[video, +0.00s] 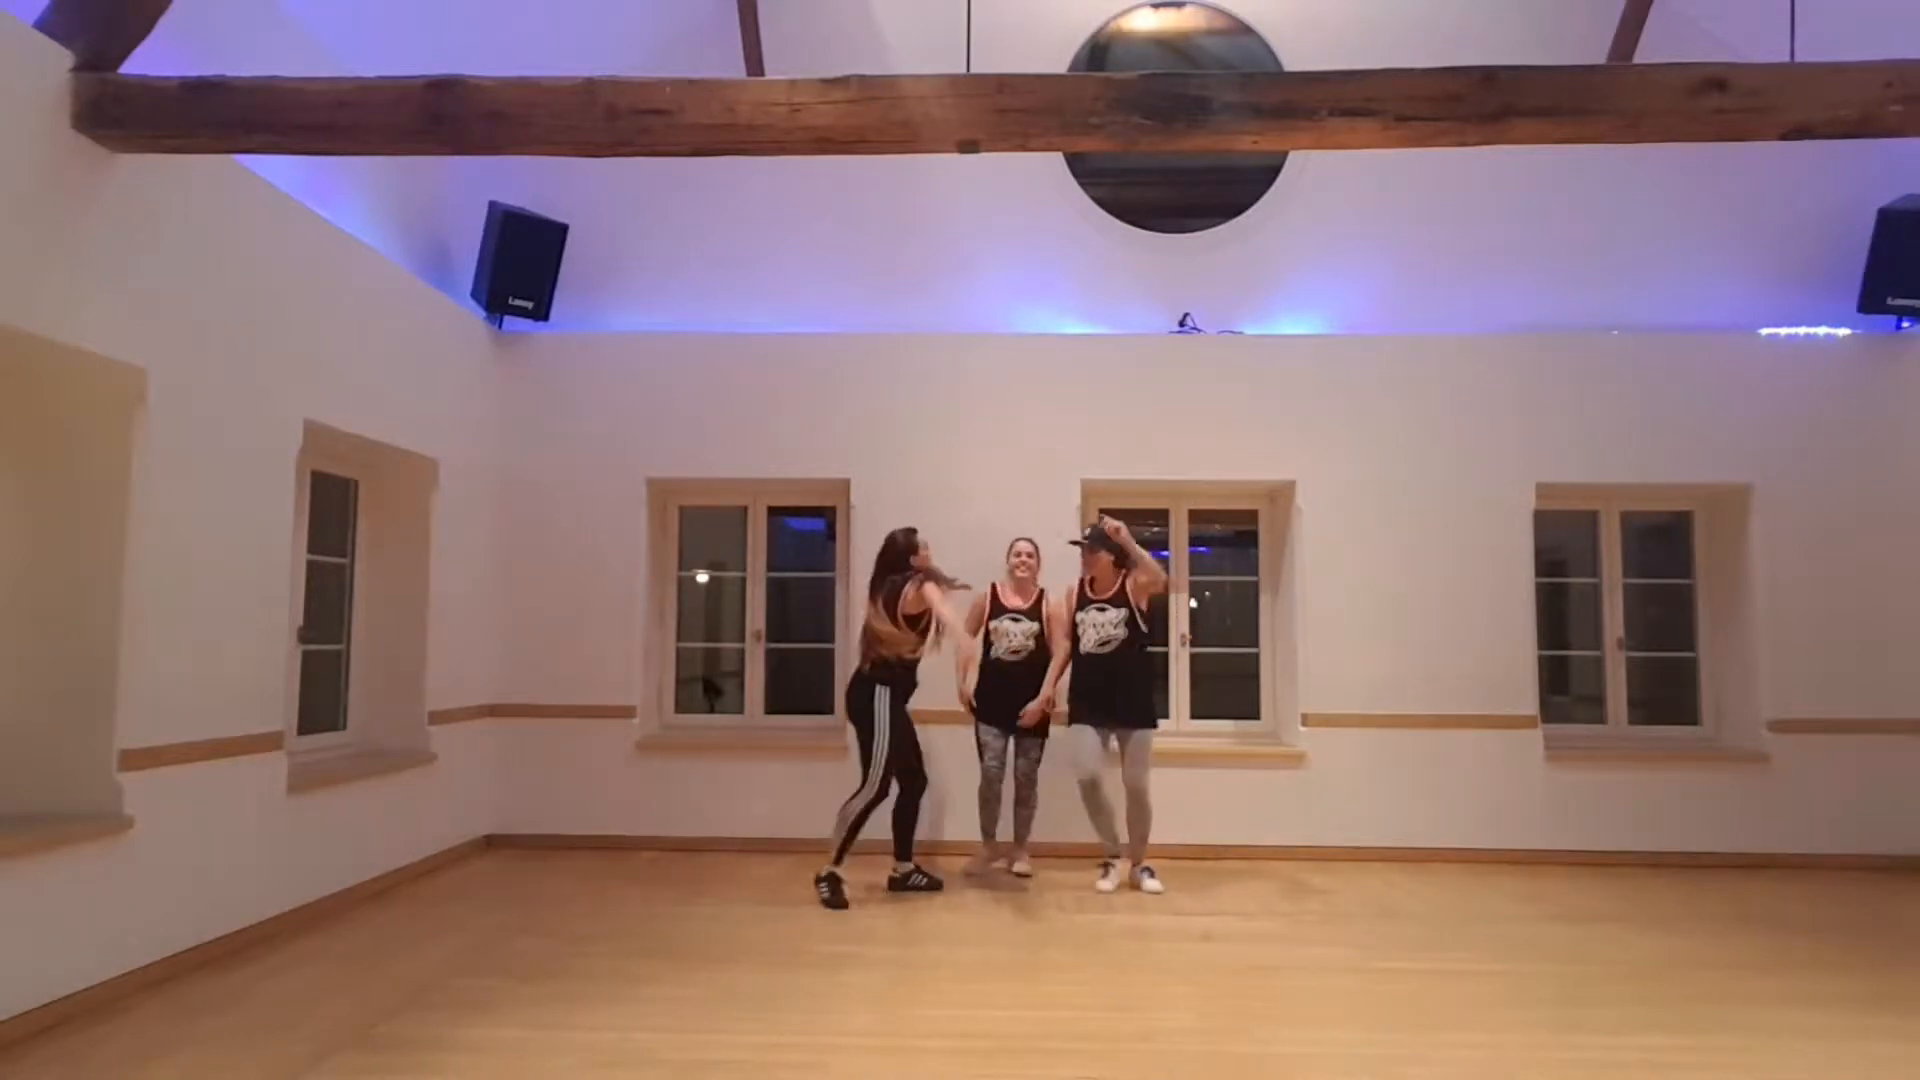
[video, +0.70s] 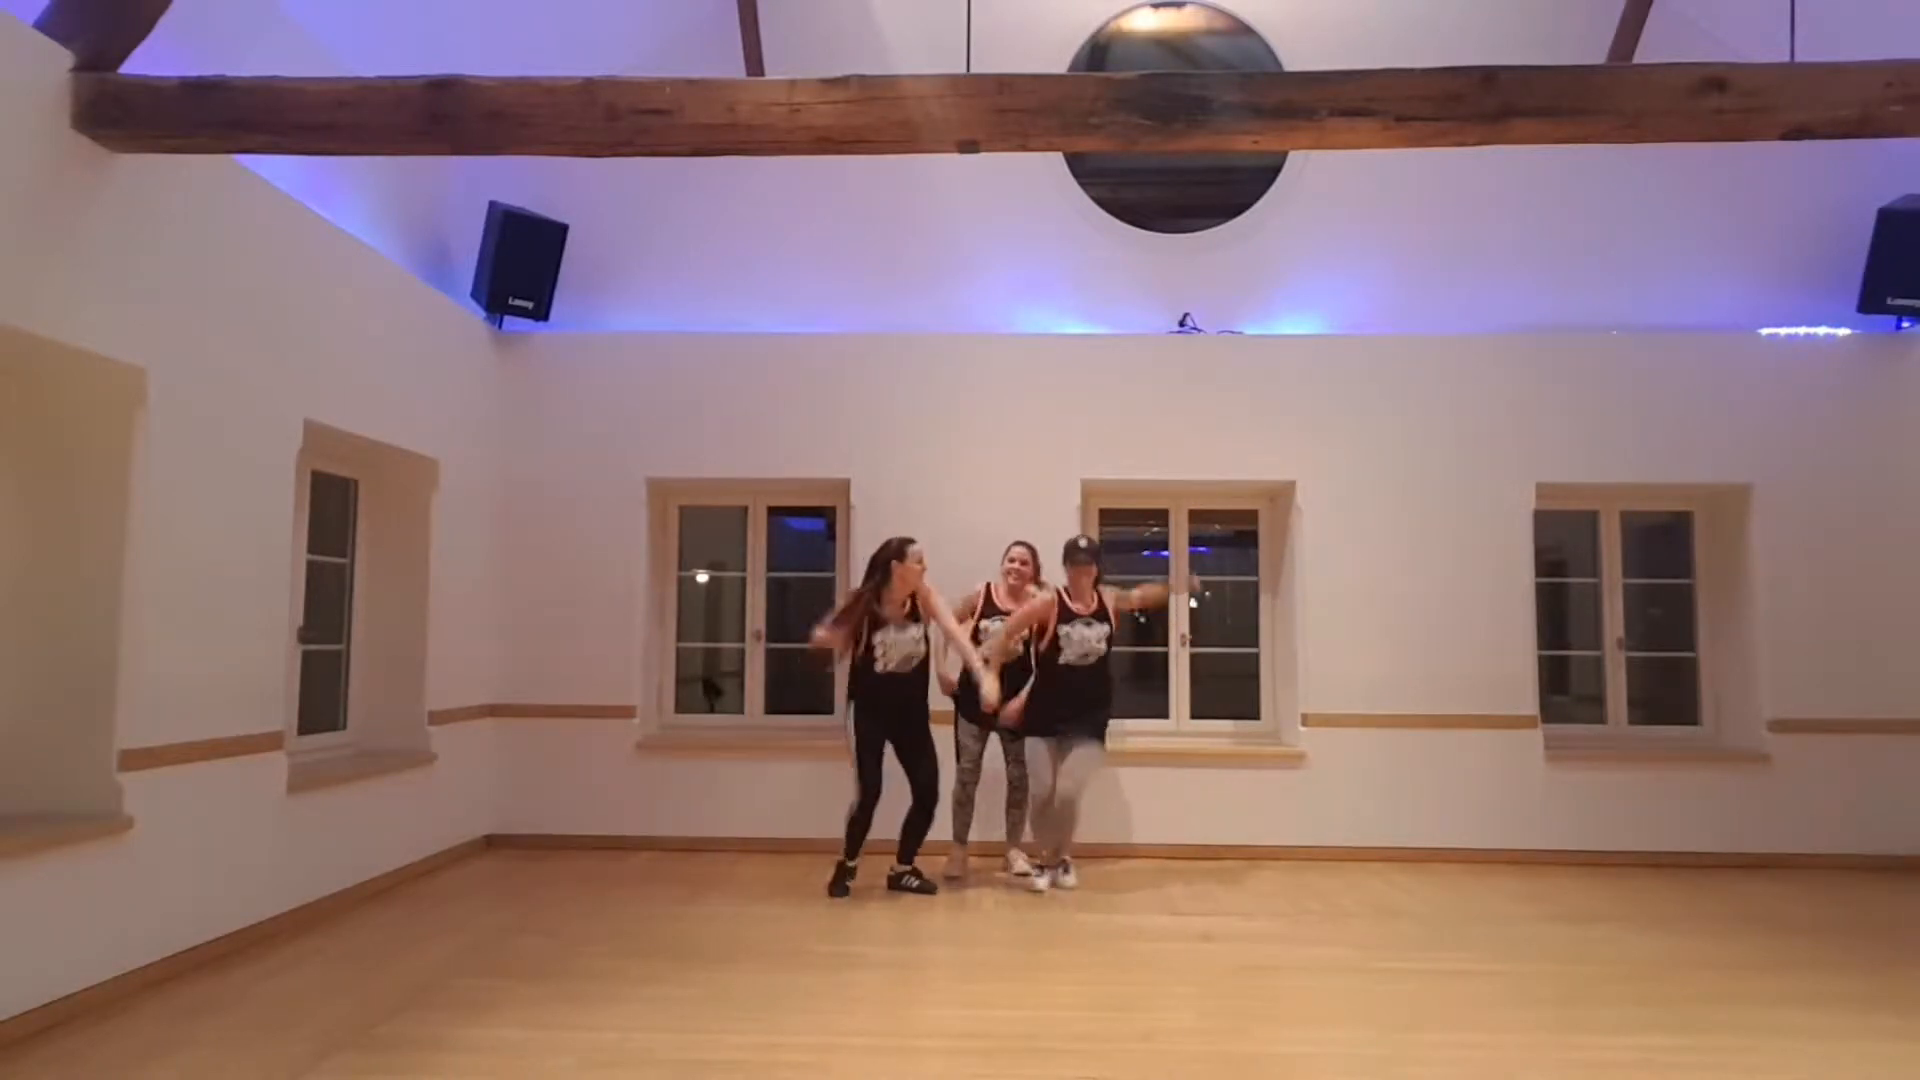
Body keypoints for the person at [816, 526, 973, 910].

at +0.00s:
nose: (929, 552)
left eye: (926, 547)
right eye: (924, 549)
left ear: (899, 558)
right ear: (913, 558)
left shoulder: (890, 585)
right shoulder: (919, 586)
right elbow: (950, 620)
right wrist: (969, 647)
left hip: (885, 691)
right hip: (878, 692)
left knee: (913, 781)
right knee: (876, 785)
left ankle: (903, 870)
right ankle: (829, 873)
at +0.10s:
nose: (925, 568)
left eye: (923, 562)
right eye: (921, 563)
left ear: (895, 569)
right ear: (910, 571)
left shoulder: (886, 596)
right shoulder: (907, 602)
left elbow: (924, 600)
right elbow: (910, 655)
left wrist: (948, 601)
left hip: (879, 703)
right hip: (869, 703)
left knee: (924, 786)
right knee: (872, 797)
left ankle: (903, 871)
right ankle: (824, 876)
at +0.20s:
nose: (922, 575)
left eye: (919, 569)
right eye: (917, 571)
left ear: (900, 581)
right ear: (902, 580)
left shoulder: (902, 618)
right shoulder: (886, 615)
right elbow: (869, 665)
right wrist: (880, 718)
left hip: (879, 710)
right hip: (855, 709)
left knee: (929, 789)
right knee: (875, 804)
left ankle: (904, 869)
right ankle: (826, 877)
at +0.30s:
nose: (923, 574)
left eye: (920, 568)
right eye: (917, 569)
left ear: (904, 576)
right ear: (898, 576)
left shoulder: (907, 619)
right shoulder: (870, 615)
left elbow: (933, 669)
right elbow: (835, 653)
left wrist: (945, 633)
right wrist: (843, 710)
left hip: (888, 723)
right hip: (858, 721)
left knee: (931, 792)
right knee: (870, 801)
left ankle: (904, 870)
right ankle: (826, 878)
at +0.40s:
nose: (923, 560)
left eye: (921, 553)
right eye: (917, 554)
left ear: (906, 562)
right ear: (897, 561)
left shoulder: (916, 598)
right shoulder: (865, 595)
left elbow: (955, 637)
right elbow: (815, 620)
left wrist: (965, 606)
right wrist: (823, 670)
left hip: (893, 704)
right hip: (855, 700)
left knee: (924, 787)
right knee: (859, 788)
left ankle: (903, 870)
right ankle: (826, 876)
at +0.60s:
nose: (924, 555)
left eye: (923, 549)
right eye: (917, 549)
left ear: (907, 554)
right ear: (895, 553)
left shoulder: (921, 581)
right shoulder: (862, 584)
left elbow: (958, 603)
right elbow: (812, 601)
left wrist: (988, 626)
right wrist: (813, 637)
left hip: (908, 699)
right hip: (869, 698)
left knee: (918, 784)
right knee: (860, 782)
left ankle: (900, 867)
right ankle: (843, 861)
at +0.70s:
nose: (924, 569)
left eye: (923, 563)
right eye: (918, 563)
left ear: (907, 568)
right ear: (895, 567)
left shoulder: (924, 597)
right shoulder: (863, 602)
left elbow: (954, 633)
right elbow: (829, 636)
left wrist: (983, 676)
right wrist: (827, 637)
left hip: (912, 711)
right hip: (870, 711)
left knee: (927, 793)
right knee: (869, 792)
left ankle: (903, 869)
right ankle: (847, 865)